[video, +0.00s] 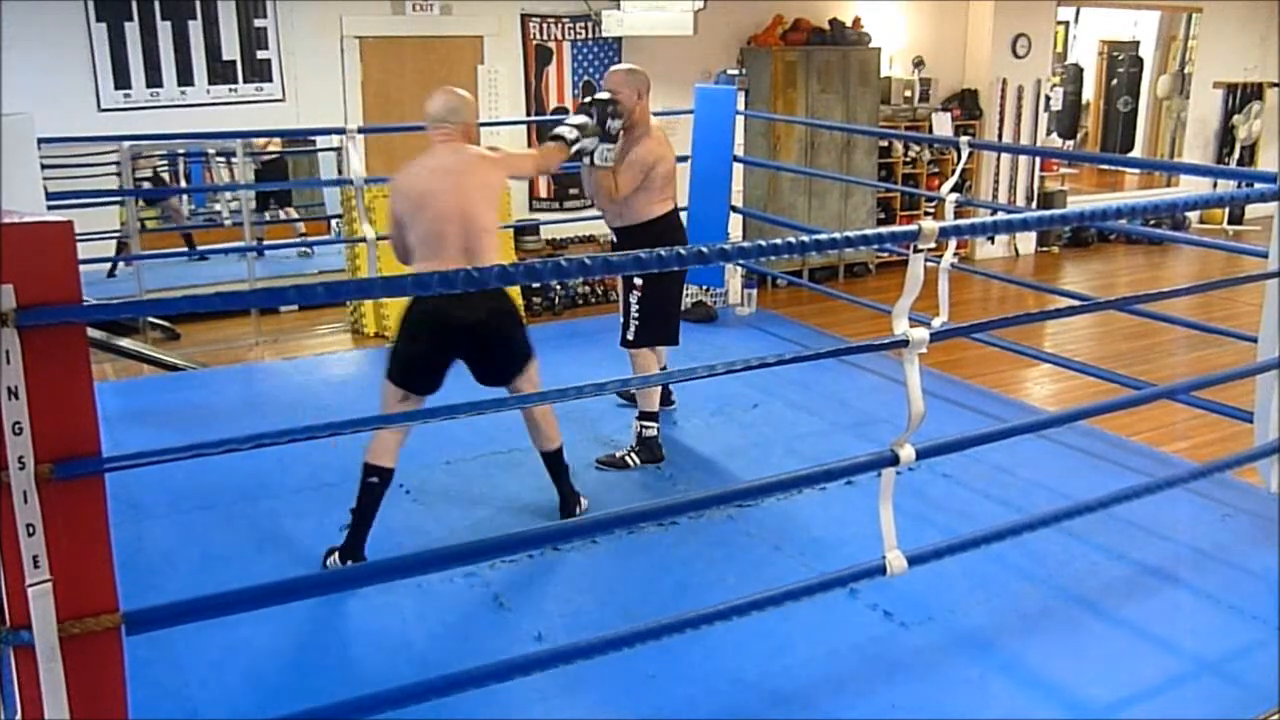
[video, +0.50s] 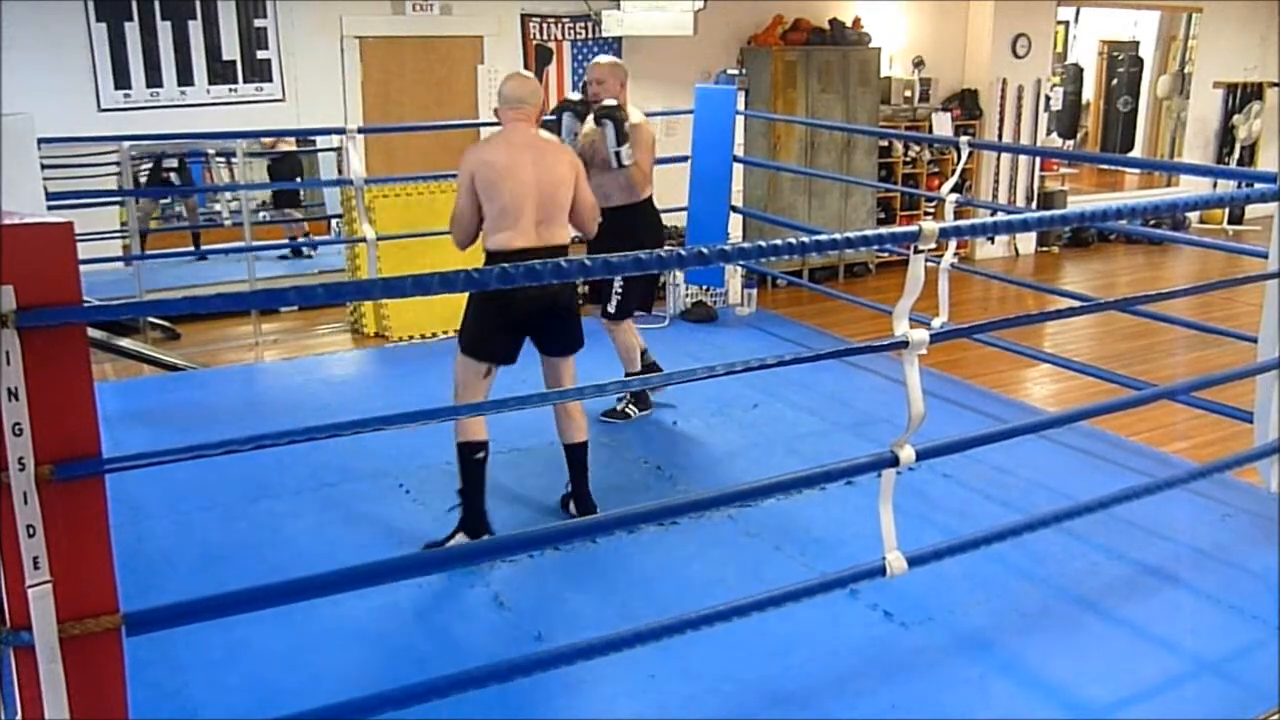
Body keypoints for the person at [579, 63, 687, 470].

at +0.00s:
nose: (607, 103)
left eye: (613, 96)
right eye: (606, 96)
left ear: (639, 98)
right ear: (628, 99)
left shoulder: (649, 145)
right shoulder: (624, 140)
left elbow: (609, 196)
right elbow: (593, 192)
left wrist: (592, 152)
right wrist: (586, 147)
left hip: (654, 243)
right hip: (636, 240)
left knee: (638, 344)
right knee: (645, 329)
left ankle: (647, 442)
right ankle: (659, 390)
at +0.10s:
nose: (605, 104)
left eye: (614, 97)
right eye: (604, 96)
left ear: (639, 102)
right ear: (611, 101)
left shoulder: (648, 145)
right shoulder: (622, 142)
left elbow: (625, 201)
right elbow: (590, 194)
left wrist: (601, 160)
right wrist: (585, 146)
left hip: (651, 245)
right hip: (629, 242)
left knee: (636, 344)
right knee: (639, 328)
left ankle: (646, 440)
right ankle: (658, 387)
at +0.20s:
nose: (605, 105)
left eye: (614, 98)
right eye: (604, 97)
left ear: (638, 103)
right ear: (609, 102)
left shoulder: (649, 148)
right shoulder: (615, 144)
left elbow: (649, 211)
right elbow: (590, 196)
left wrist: (610, 172)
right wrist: (586, 149)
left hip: (649, 245)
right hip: (621, 242)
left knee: (634, 337)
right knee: (626, 324)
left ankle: (641, 434)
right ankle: (656, 386)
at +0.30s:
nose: (602, 99)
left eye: (610, 91)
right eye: (600, 91)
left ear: (633, 96)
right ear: (603, 96)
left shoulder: (648, 138)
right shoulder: (605, 136)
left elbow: (664, 199)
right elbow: (584, 189)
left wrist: (624, 168)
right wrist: (582, 144)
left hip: (643, 234)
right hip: (612, 233)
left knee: (621, 327)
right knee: (628, 322)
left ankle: (637, 420)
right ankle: (658, 386)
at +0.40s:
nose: (599, 91)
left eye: (606, 83)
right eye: (596, 83)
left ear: (628, 86)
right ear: (595, 87)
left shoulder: (646, 129)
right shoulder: (596, 129)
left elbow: (655, 188)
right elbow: (582, 185)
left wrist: (630, 155)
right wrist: (576, 144)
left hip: (640, 223)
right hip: (606, 224)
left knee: (613, 317)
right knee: (629, 313)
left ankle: (637, 401)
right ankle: (657, 383)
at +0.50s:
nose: (591, 90)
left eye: (599, 83)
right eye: (588, 84)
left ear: (621, 85)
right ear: (586, 88)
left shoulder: (638, 128)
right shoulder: (589, 129)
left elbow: (639, 183)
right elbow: (575, 173)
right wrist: (568, 136)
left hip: (636, 220)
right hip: (605, 221)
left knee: (614, 315)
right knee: (607, 306)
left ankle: (638, 393)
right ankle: (645, 363)